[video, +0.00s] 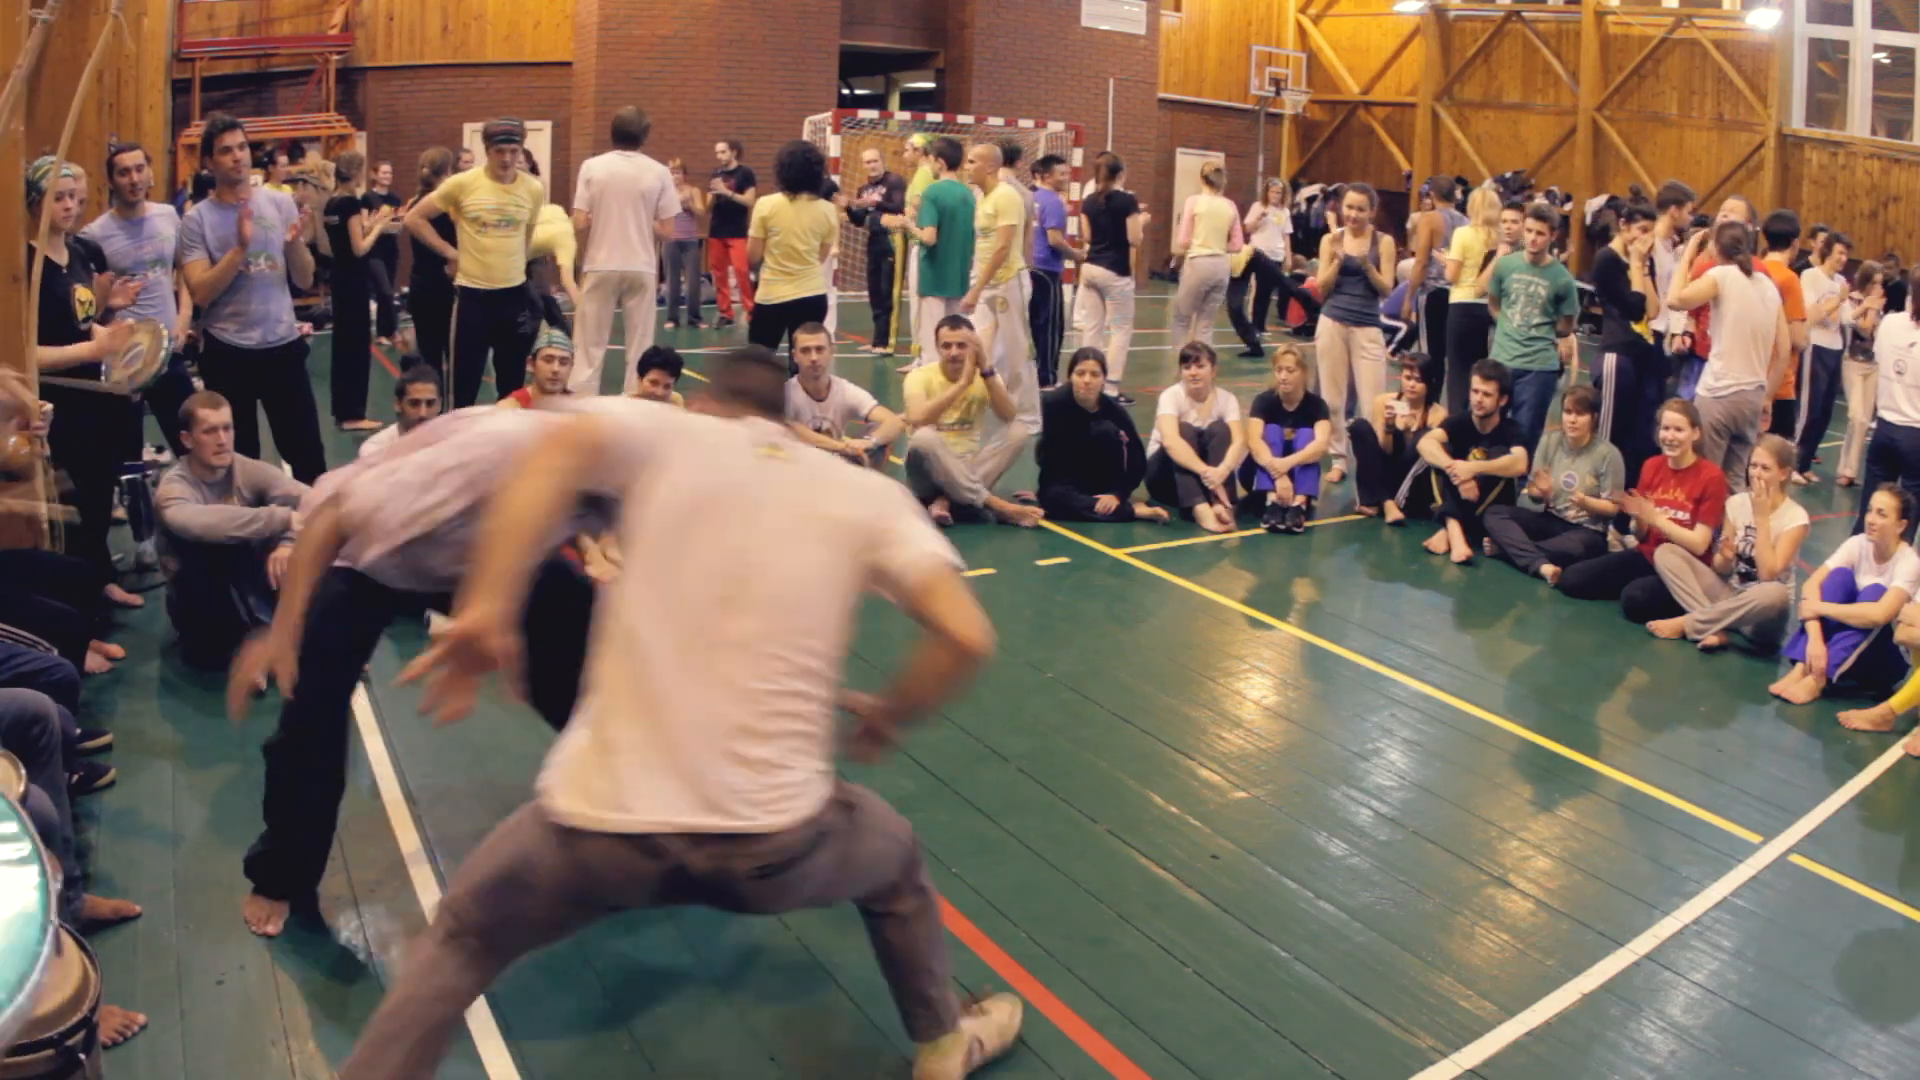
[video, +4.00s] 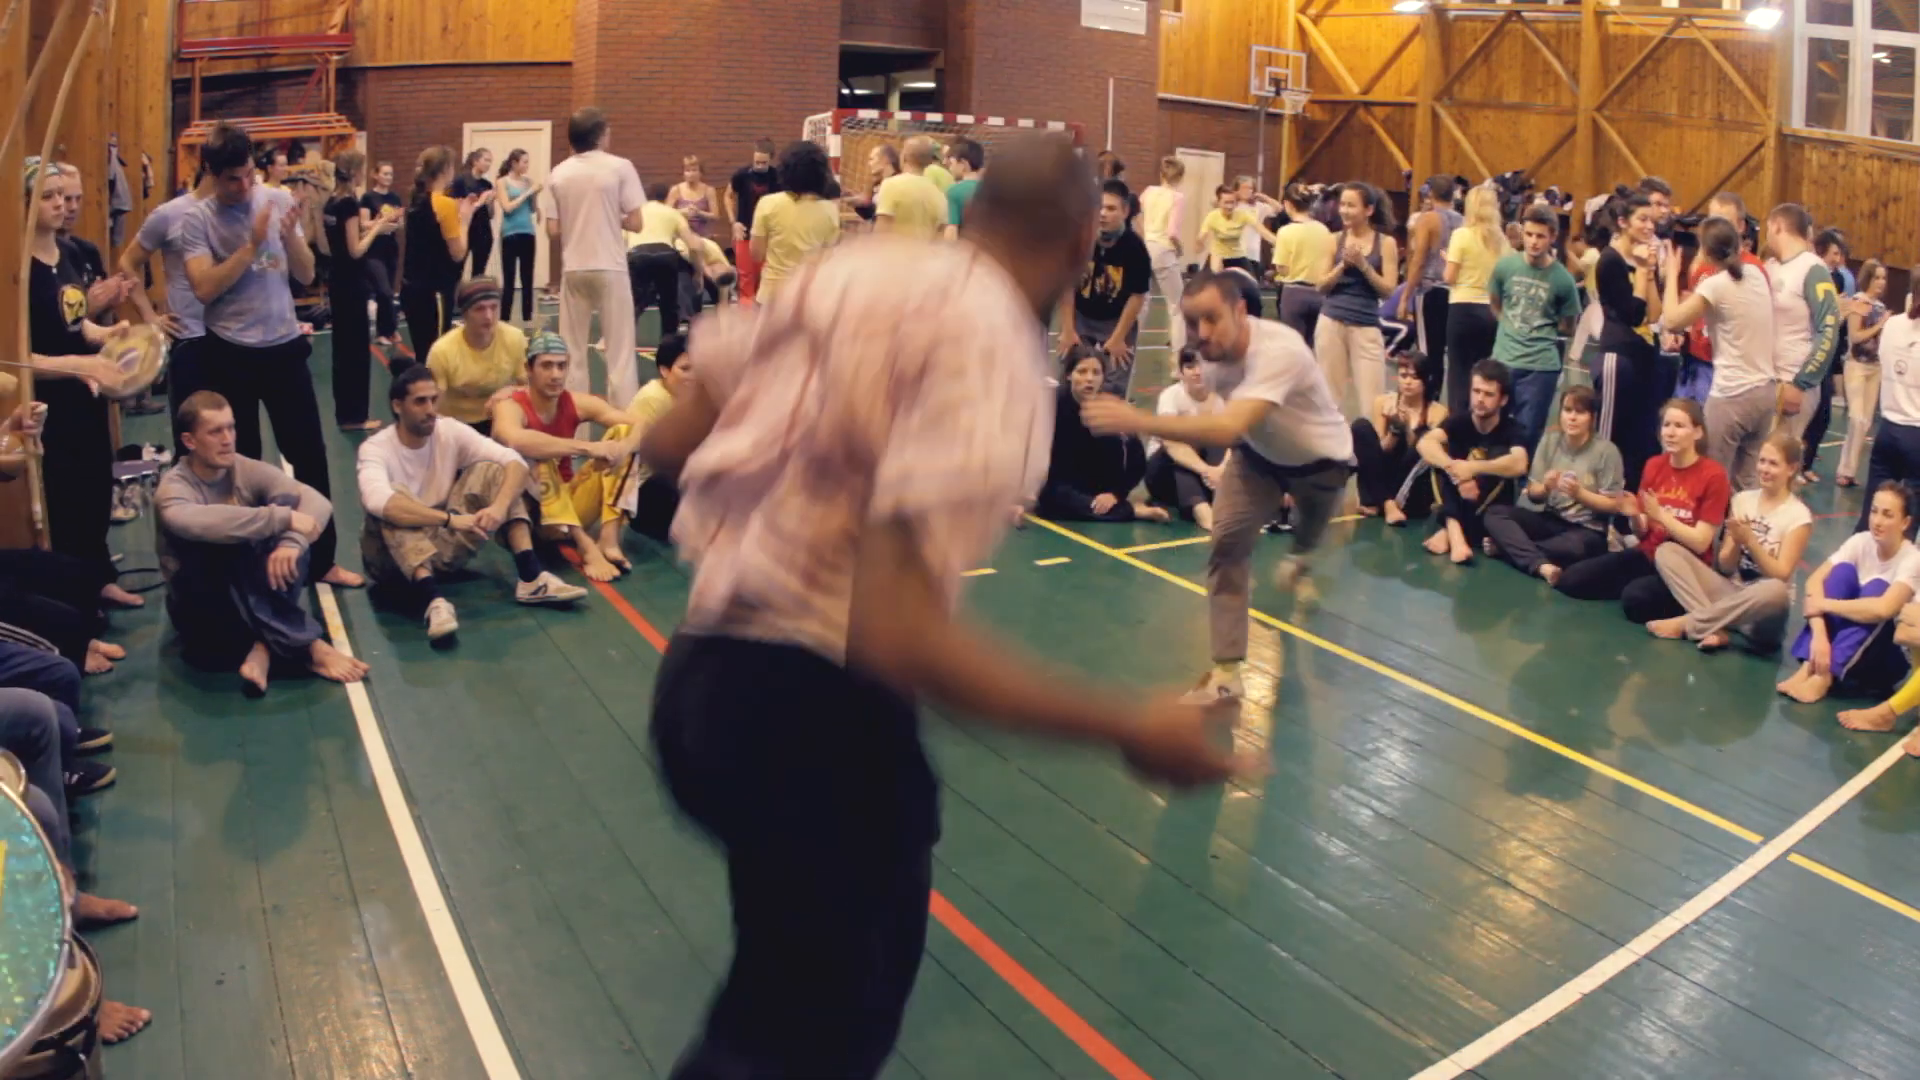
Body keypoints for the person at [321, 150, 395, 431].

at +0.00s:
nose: (368, 176)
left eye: (367, 171)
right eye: (366, 172)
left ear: (340, 172)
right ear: (358, 174)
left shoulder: (331, 204)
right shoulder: (353, 204)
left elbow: (339, 245)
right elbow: (359, 247)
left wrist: (367, 224)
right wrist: (377, 227)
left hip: (340, 278)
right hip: (355, 280)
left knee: (345, 341)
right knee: (357, 343)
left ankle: (344, 411)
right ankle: (352, 414)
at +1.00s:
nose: (372, 176)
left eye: (372, 171)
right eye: (369, 171)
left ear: (347, 172)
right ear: (359, 174)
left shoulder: (336, 202)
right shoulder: (353, 205)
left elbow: (345, 240)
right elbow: (358, 248)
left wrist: (371, 225)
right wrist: (382, 230)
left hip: (341, 277)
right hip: (355, 280)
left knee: (346, 341)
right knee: (357, 343)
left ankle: (346, 412)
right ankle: (352, 415)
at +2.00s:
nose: (367, 176)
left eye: (367, 170)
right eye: (365, 171)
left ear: (341, 173)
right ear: (354, 174)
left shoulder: (333, 204)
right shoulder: (348, 204)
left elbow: (347, 244)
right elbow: (358, 247)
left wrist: (372, 224)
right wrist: (380, 227)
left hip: (344, 278)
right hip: (355, 280)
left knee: (348, 342)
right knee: (358, 343)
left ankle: (345, 411)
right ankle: (352, 414)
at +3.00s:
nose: (365, 175)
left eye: (364, 170)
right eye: (363, 170)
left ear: (338, 172)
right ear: (352, 173)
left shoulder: (329, 205)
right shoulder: (348, 205)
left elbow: (344, 244)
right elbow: (356, 249)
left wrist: (369, 226)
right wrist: (380, 229)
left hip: (339, 278)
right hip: (354, 281)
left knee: (345, 342)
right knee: (358, 343)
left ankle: (346, 413)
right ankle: (355, 416)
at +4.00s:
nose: (367, 176)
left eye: (366, 170)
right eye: (365, 171)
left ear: (341, 171)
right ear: (356, 173)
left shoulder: (331, 204)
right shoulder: (349, 205)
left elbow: (337, 245)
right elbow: (355, 249)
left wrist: (372, 227)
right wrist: (376, 228)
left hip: (338, 278)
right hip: (353, 280)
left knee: (345, 342)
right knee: (357, 344)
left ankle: (346, 413)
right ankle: (355, 416)